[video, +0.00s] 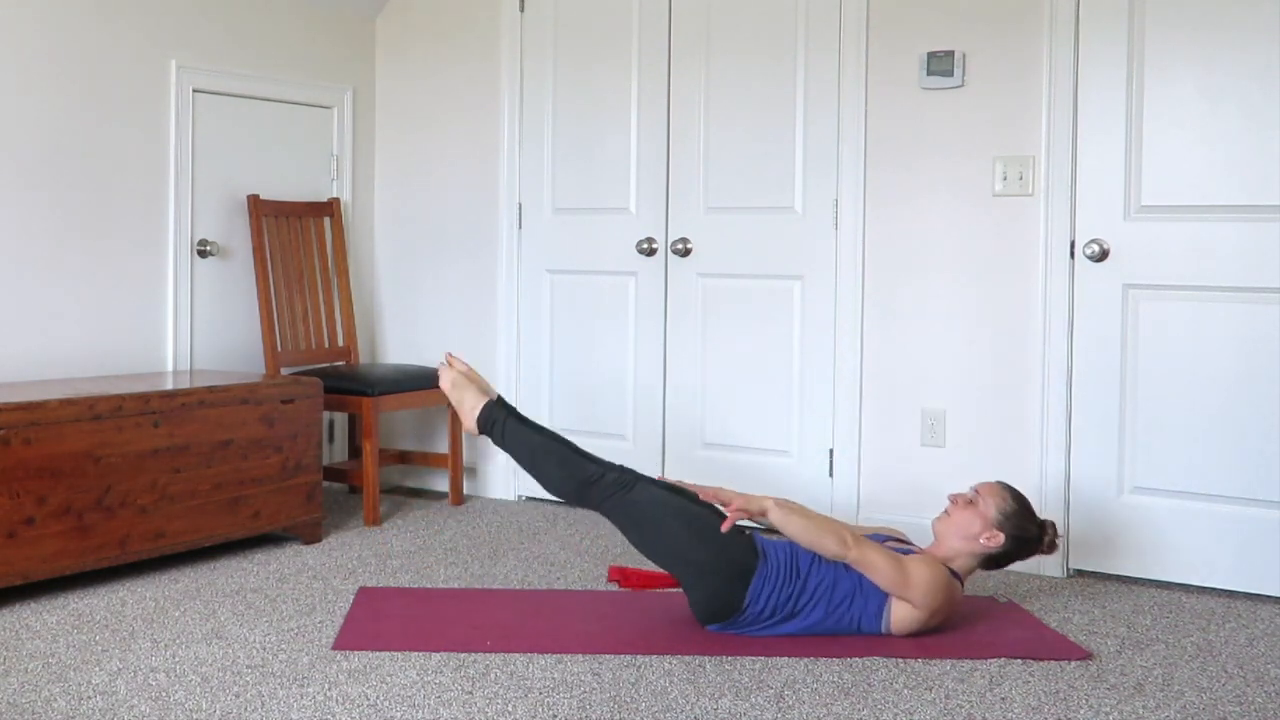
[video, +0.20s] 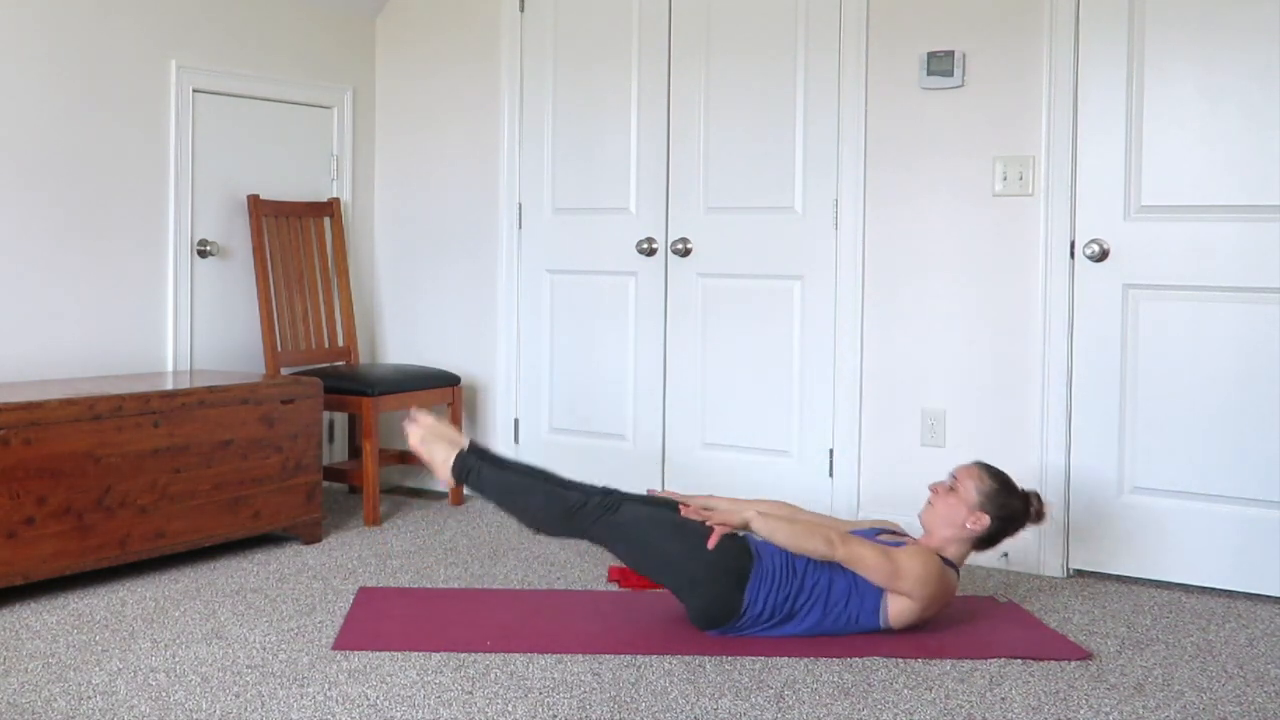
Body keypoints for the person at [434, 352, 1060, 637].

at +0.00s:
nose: (953, 501)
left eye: (969, 505)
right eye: (966, 496)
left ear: (985, 543)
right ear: (967, 527)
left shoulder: (930, 585)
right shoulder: (912, 559)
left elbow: (843, 543)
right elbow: (822, 533)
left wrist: (767, 509)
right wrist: (744, 504)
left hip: (739, 582)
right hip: (740, 563)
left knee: (606, 484)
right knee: (607, 480)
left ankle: (484, 409)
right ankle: (486, 414)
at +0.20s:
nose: (932, 495)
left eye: (949, 495)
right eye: (941, 487)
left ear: (973, 529)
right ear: (948, 508)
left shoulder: (925, 577)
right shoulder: (904, 543)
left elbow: (833, 548)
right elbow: (815, 524)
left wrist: (744, 517)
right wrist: (729, 507)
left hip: (736, 586)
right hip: (739, 565)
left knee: (598, 510)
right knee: (602, 504)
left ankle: (456, 458)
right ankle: (462, 463)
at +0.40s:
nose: (892, 438)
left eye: (910, 435)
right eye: (900, 428)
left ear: (940, 464)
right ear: (915, 450)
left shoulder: (907, 524)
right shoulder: (876, 494)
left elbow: (809, 524)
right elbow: (788, 496)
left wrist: (711, 514)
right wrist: (701, 496)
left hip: (729, 588)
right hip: (726, 565)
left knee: (597, 491)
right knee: (598, 487)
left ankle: (449, 520)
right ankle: (454, 514)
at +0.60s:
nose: (829, 380)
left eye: (843, 376)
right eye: (836, 370)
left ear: (872, 403)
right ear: (863, 400)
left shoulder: (863, 472)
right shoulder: (827, 451)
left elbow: (757, 497)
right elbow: (737, 476)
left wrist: (657, 513)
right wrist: (650, 504)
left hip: (724, 595)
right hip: (717, 574)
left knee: (635, 446)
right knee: (632, 445)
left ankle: (500, 503)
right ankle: (497, 489)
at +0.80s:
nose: (781, 355)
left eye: (795, 350)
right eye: (789, 346)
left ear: (827, 374)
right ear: (822, 374)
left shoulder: (814, 445)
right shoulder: (783, 431)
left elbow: (715, 480)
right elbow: (699, 468)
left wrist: (620, 504)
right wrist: (597, 489)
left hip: (717, 597)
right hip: (708, 583)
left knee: (692, 430)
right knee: (688, 427)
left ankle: (554, 466)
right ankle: (557, 455)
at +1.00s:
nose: (823, 373)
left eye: (837, 370)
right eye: (832, 364)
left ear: (865, 396)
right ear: (861, 395)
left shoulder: (848, 466)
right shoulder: (824, 447)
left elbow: (740, 486)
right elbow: (731, 465)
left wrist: (646, 498)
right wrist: (644, 484)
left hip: (720, 595)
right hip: (718, 575)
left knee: (649, 438)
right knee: (647, 435)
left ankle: (510, 474)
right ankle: (511, 461)